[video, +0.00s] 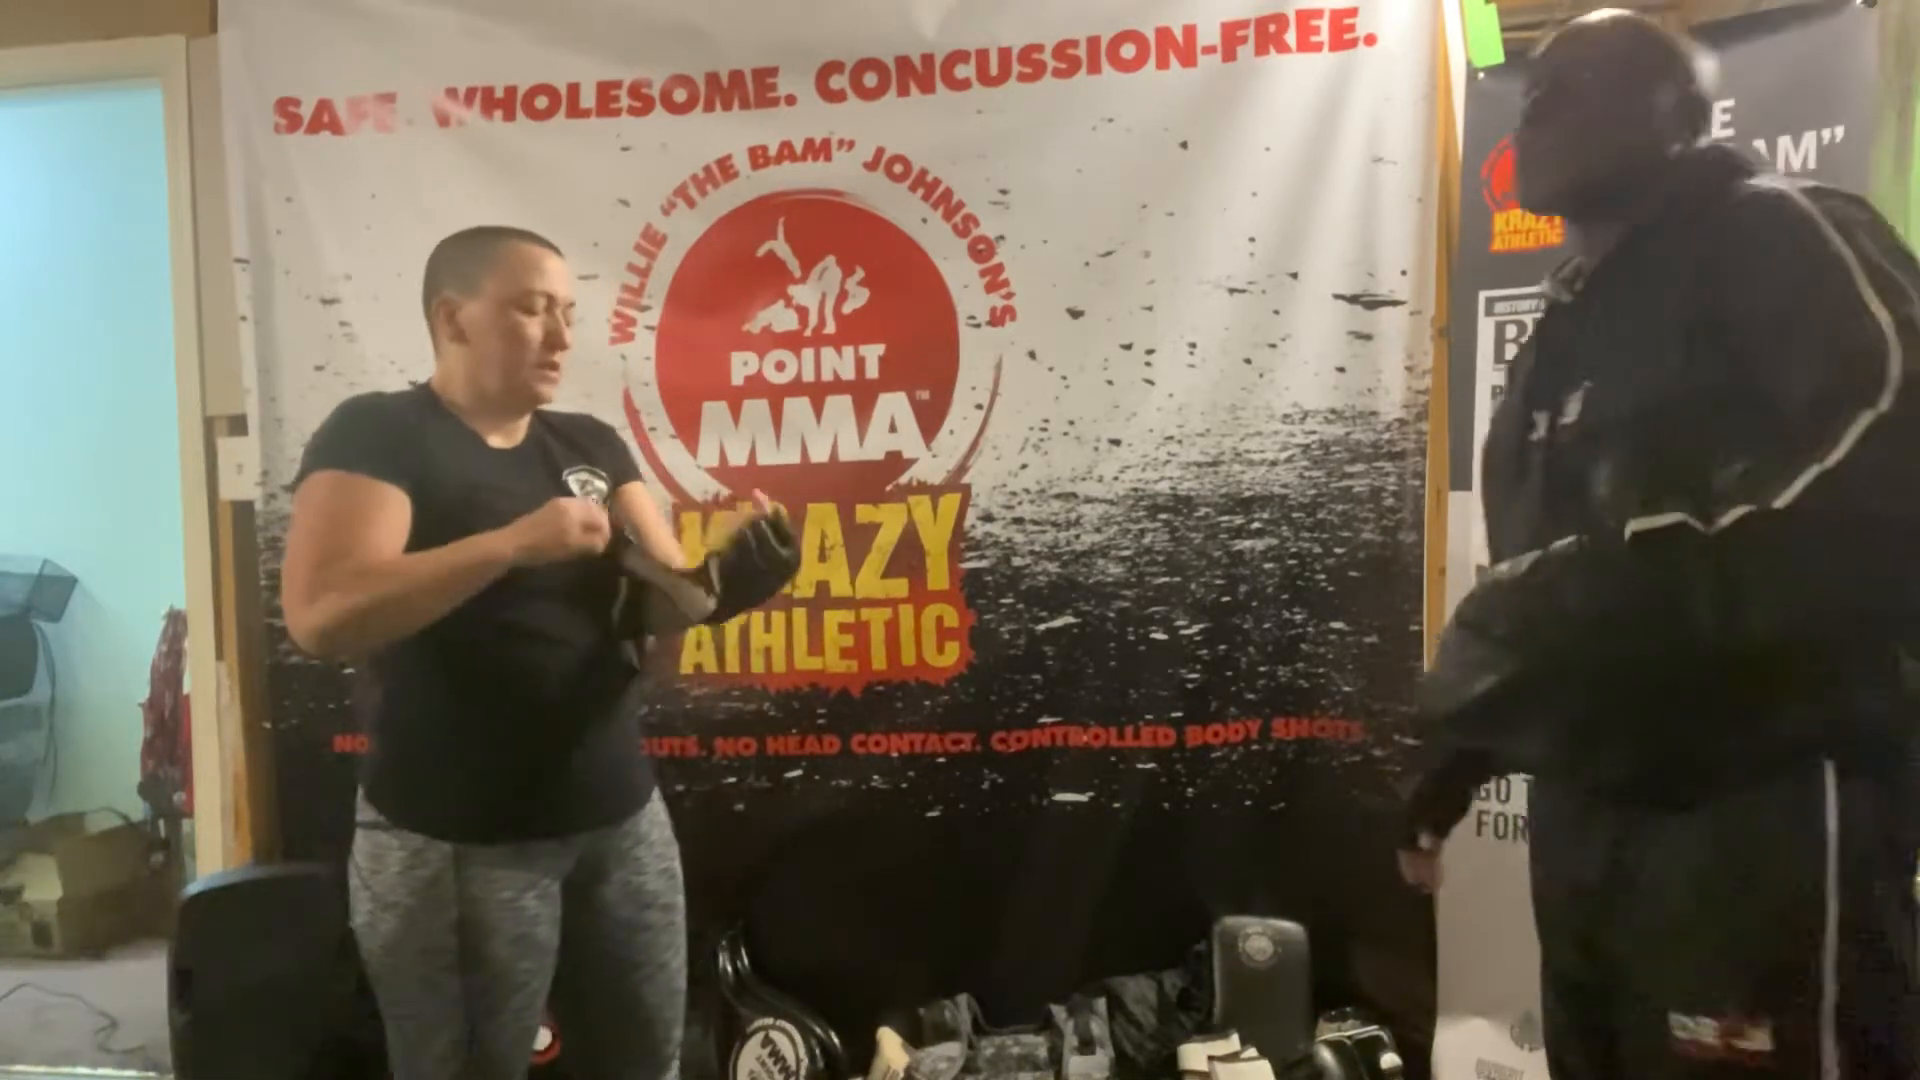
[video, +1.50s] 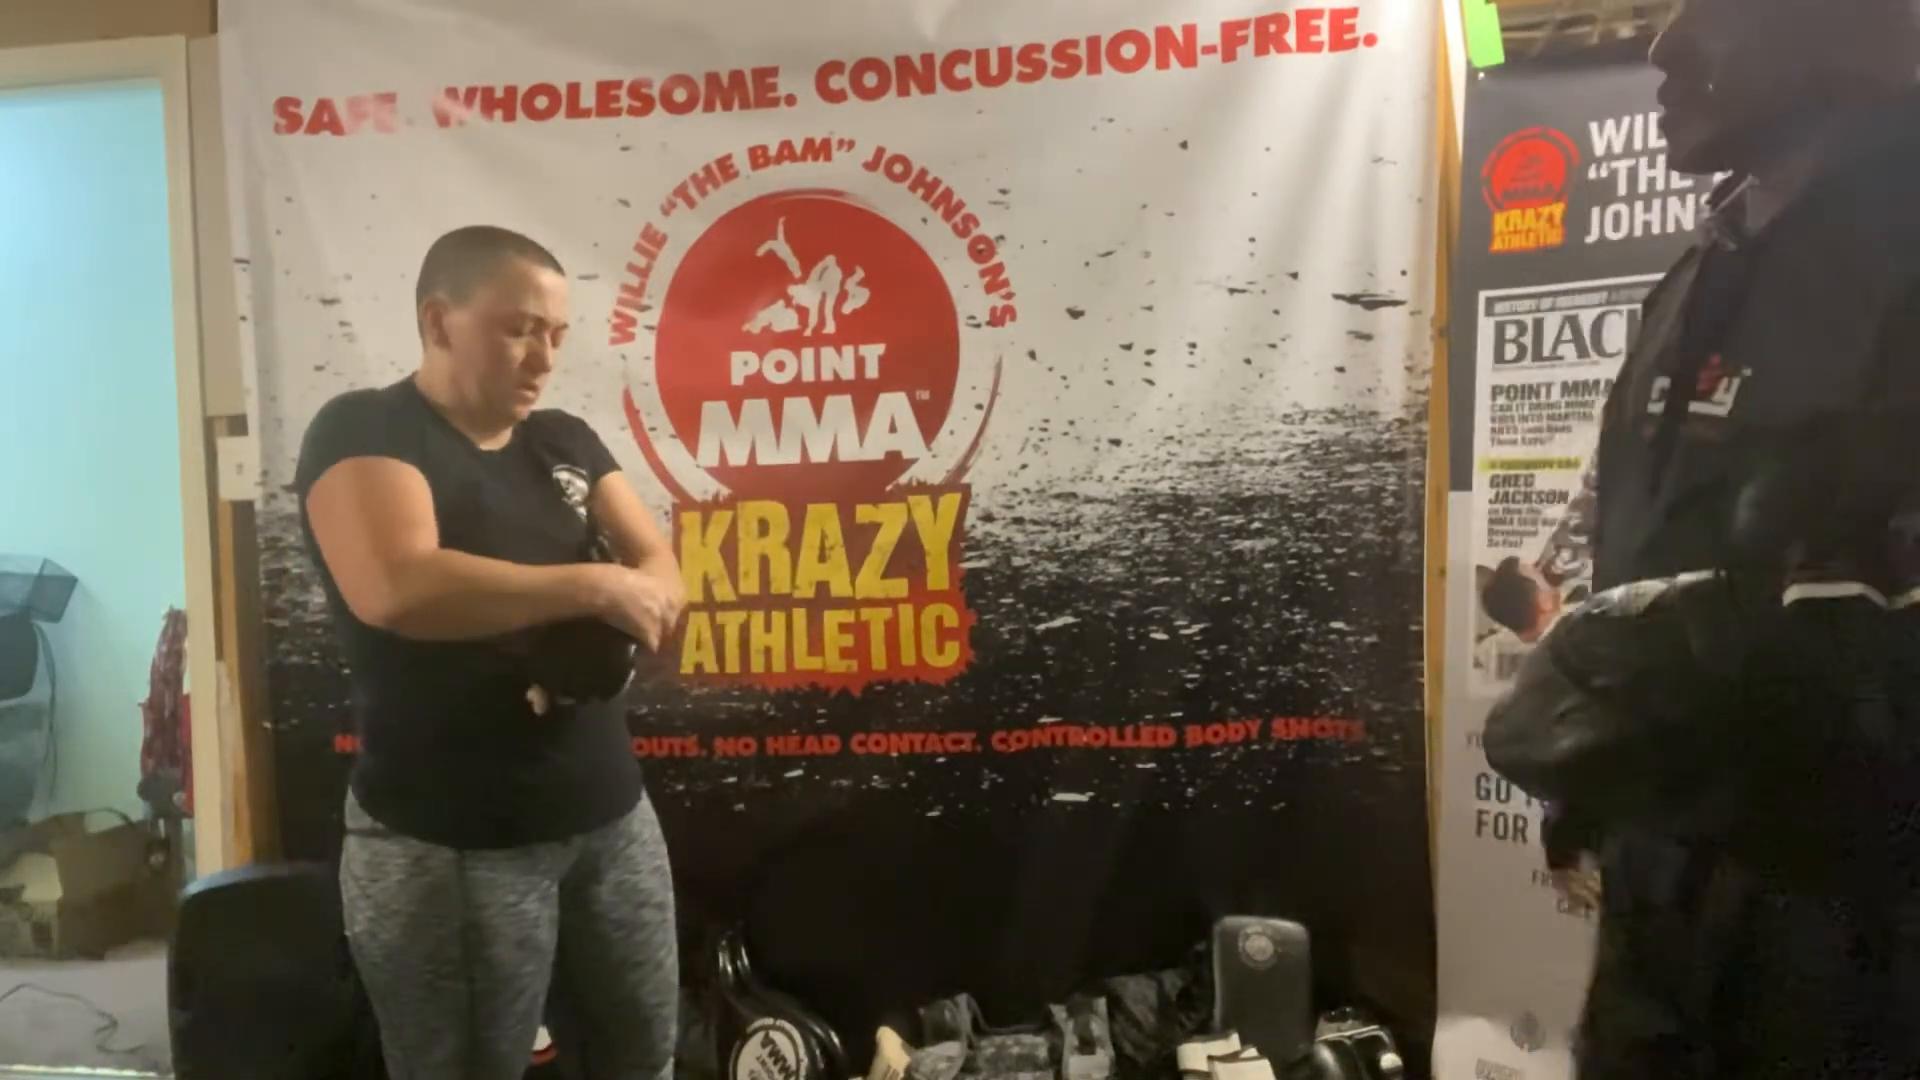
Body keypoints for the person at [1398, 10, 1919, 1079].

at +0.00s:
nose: (1523, 121)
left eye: (1554, 93)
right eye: (1529, 99)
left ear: (1657, 108)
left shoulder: (1787, 235)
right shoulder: (1560, 329)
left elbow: (1882, 501)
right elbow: (1526, 583)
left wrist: (1552, 612)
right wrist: (1451, 767)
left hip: (1777, 806)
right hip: (1601, 813)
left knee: (1798, 1054)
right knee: (1599, 1052)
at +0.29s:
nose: (1506, 126)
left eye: (1542, 94)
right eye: (1504, 106)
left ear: (1644, 114)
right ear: (1503, 158)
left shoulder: (1751, 231)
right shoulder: (1523, 333)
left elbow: (1885, 465)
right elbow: (1503, 594)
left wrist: (1548, 591)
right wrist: (1408, 759)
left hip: (1748, 776)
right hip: (1570, 786)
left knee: (1759, 1053)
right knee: (1581, 1051)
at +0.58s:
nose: (1505, 132)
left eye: (1534, 103)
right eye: (1490, 112)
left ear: (1621, 121)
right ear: (1473, 150)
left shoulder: (1731, 235)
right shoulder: (1497, 349)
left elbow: (1890, 454)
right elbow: (1490, 600)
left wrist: (1617, 569)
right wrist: (1436, 772)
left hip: (1736, 776)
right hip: (1556, 787)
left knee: (1730, 1048)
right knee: (1568, 1047)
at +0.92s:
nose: (1600, 111)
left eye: (1635, 76)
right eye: (1586, 81)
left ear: (1730, 90)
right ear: (1564, 111)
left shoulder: (1853, 250)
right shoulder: (1560, 332)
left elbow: (1882, 572)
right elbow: (1500, 582)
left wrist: (1580, 614)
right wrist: (1411, 748)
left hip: (1794, 841)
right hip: (1580, 844)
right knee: (1584, 1051)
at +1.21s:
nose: (1647, 47)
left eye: (1700, 13)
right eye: (1641, 23)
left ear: (1832, 38)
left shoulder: (1882, 224)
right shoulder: (1633, 300)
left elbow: (1879, 614)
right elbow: (1593, 582)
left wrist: (1566, 683)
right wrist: (1486, 731)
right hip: (1638, 866)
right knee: (1587, 1059)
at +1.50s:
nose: (1659, 44)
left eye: (1705, 11)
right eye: (1669, 18)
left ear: (1827, 32)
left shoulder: (1896, 227)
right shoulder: (1679, 289)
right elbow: (1623, 565)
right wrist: (1593, 787)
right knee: (1641, 1055)